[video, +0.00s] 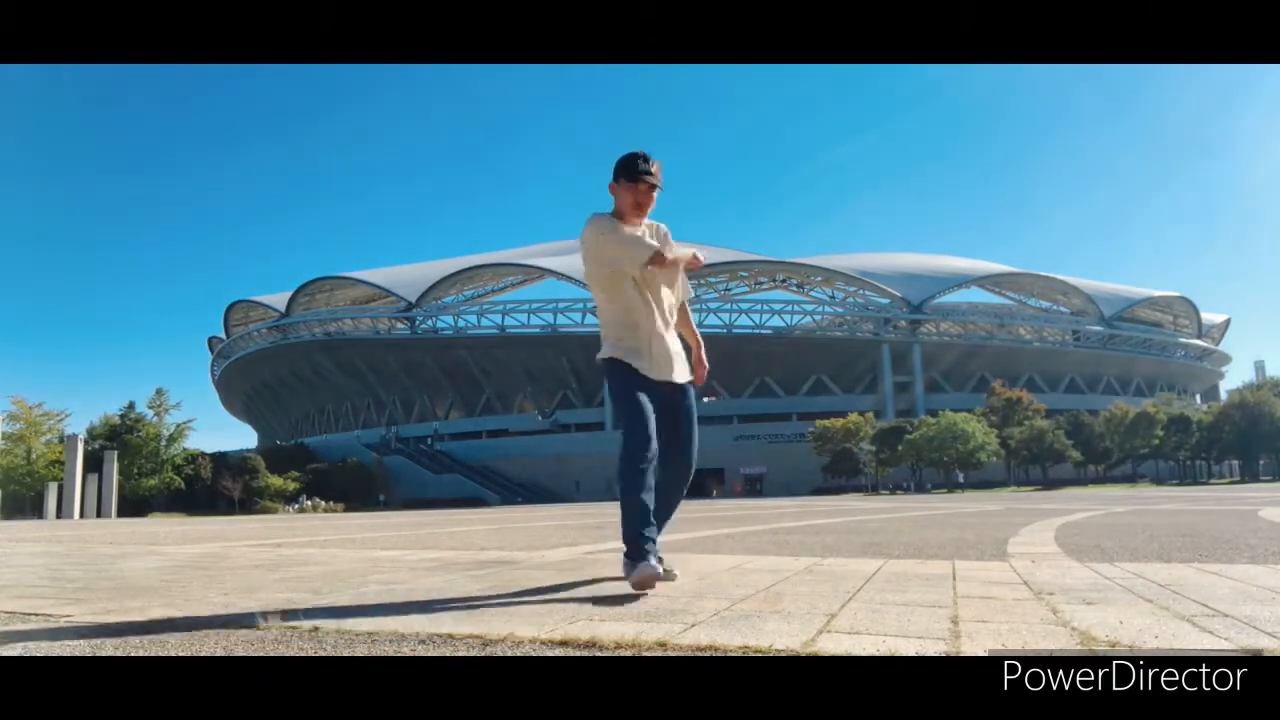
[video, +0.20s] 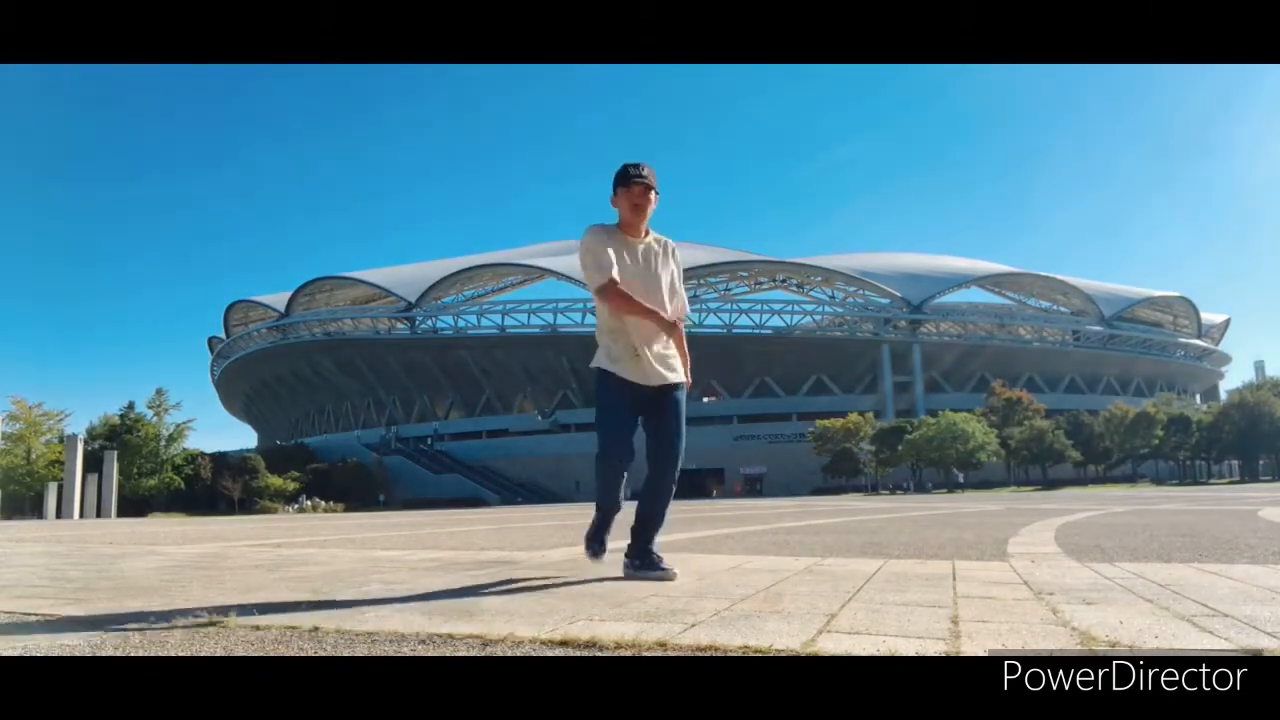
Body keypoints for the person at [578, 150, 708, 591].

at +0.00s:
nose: (647, 197)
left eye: (653, 190)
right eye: (639, 187)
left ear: (657, 193)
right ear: (615, 186)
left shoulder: (661, 236)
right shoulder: (598, 228)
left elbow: (676, 302)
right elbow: (652, 255)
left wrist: (697, 345)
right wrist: (691, 257)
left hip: (672, 360)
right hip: (627, 358)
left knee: (682, 462)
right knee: (641, 445)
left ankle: (645, 544)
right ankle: (640, 557)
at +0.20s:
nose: (644, 195)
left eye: (649, 189)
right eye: (635, 188)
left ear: (655, 199)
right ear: (616, 197)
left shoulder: (667, 250)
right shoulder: (598, 237)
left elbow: (676, 320)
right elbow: (608, 294)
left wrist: (686, 371)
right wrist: (659, 316)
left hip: (666, 371)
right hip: (617, 368)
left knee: (667, 465)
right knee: (614, 457)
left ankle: (641, 551)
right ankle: (604, 517)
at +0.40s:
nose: (636, 214)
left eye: (643, 209)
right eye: (629, 209)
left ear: (654, 216)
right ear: (616, 216)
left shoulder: (668, 267)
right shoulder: (600, 254)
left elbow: (675, 332)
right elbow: (585, 312)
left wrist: (678, 382)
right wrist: (584, 362)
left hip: (659, 383)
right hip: (611, 381)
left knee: (663, 464)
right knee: (610, 469)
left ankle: (644, 551)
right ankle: (627, 537)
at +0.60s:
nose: (634, 231)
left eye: (641, 225)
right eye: (627, 226)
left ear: (653, 232)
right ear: (617, 233)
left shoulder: (668, 284)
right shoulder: (597, 276)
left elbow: (677, 345)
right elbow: (581, 332)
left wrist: (685, 394)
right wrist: (573, 378)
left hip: (659, 392)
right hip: (613, 390)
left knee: (664, 465)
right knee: (621, 473)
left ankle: (649, 541)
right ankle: (637, 543)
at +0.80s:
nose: (635, 224)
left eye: (640, 219)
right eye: (628, 219)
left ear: (652, 225)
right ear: (617, 227)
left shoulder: (670, 273)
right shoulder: (597, 273)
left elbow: (680, 324)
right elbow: (588, 326)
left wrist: (686, 342)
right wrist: (591, 371)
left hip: (666, 381)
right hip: (620, 382)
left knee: (674, 457)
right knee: (627, 466)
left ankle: (670, 540)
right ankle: (638, 543)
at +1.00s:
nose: (637, 226)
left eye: (643, 220)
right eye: (631, 221)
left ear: (655, 226)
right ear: (620, 227)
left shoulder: (678, 270)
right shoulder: (605, 276)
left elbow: (699, 319)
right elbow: (600, 329)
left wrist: (706, 355)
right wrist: (595, 375)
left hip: (678, 380)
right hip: (629, 382)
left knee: (687, 457)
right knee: (632, 467)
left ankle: (694, 538)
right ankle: (638, 542)